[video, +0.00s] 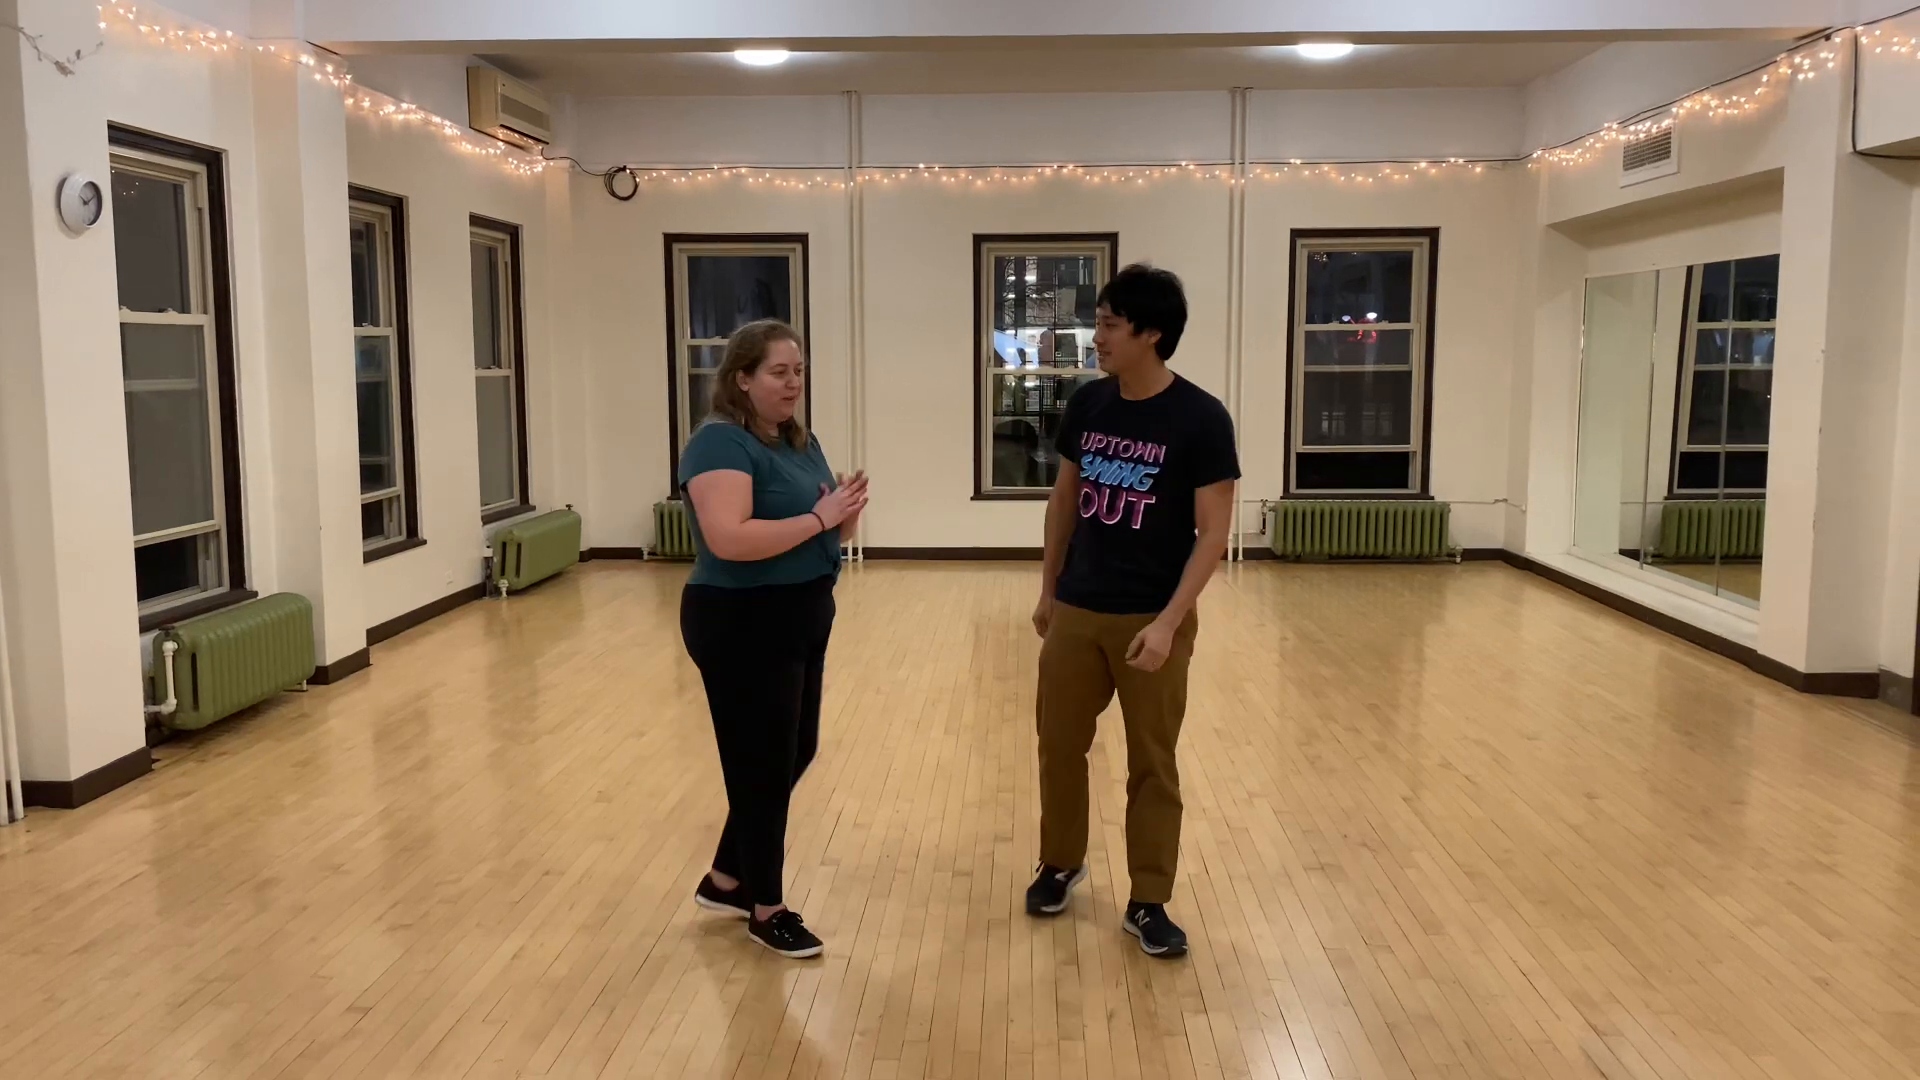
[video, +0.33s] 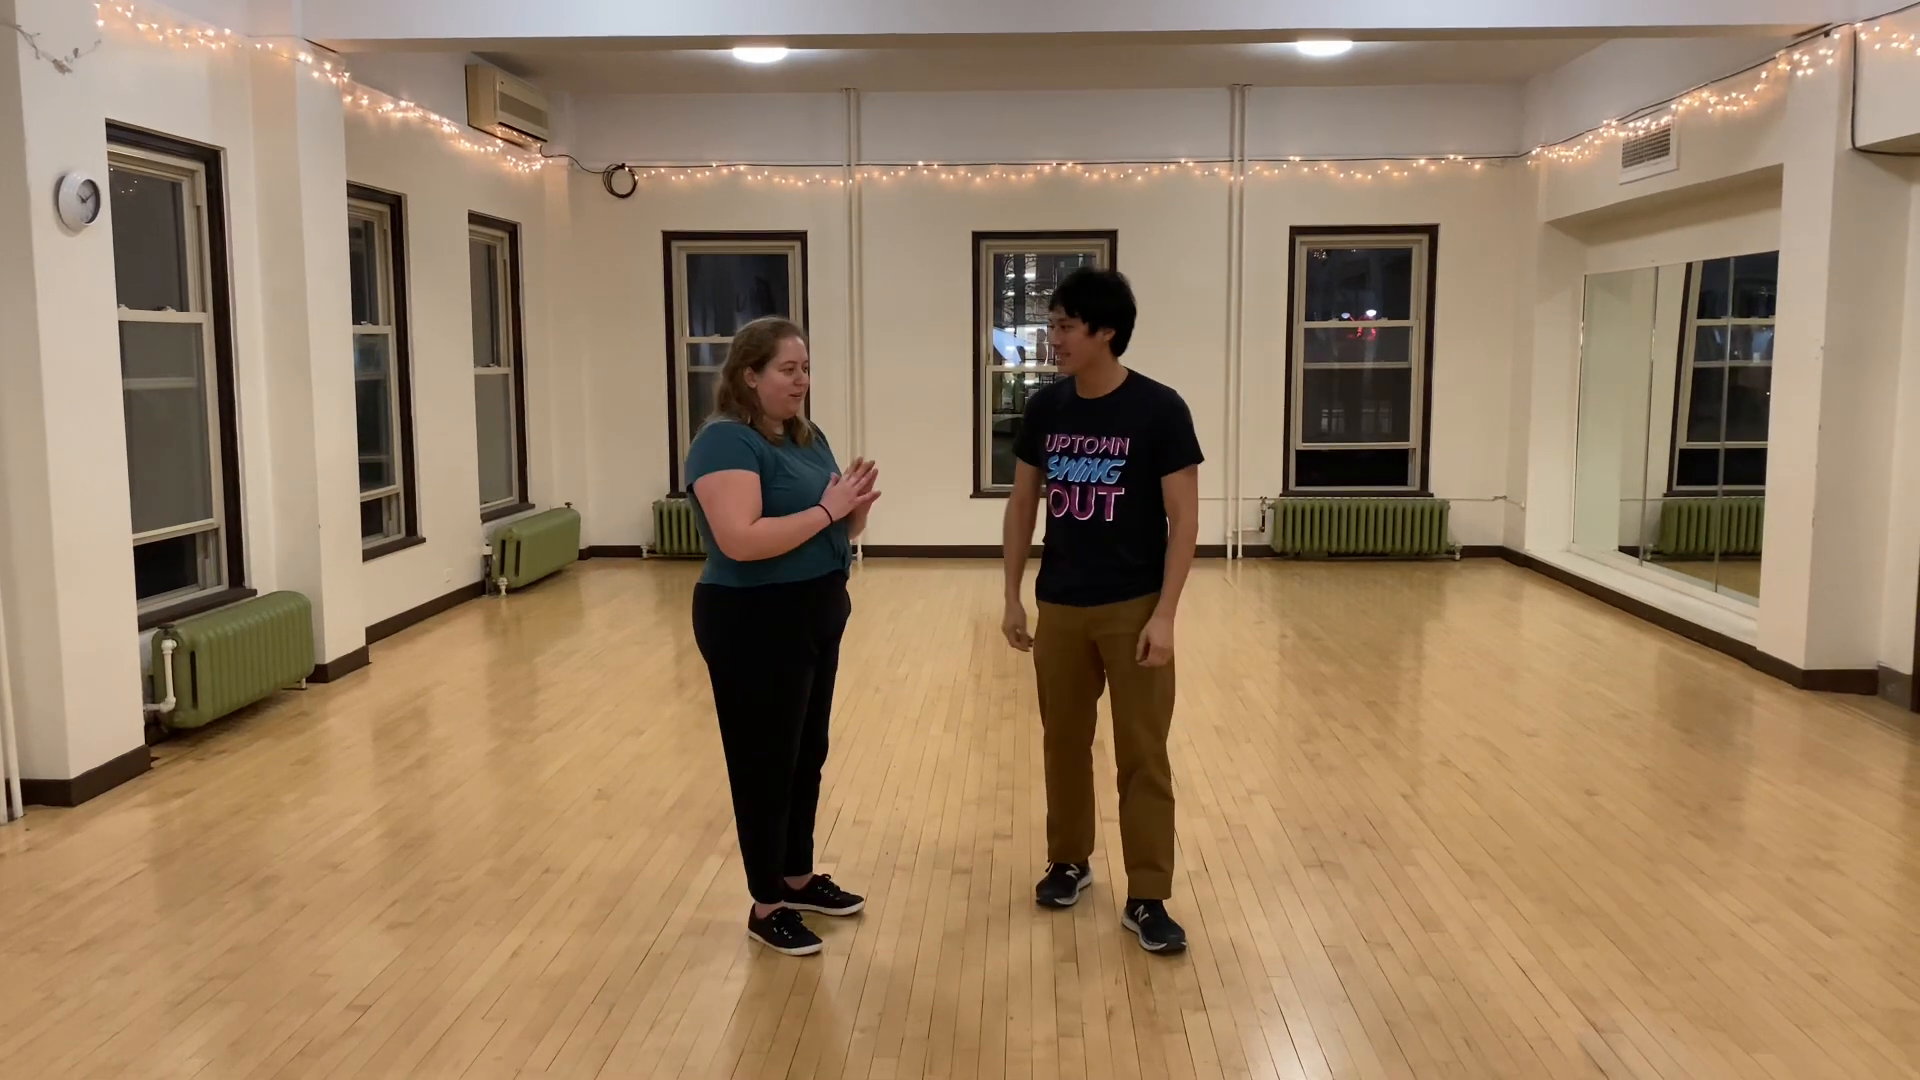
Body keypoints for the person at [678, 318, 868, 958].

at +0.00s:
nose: (793, 383)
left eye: (799, 372)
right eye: (779, 372)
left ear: (803, 378)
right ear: (743, 379)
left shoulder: (798, 444)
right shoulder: (718, 444)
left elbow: (818, 533)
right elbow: (727, 539)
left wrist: (842, 513)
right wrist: (817, 519)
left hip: (797, 615)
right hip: (742, 622)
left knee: (795, 751)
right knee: (760, 765)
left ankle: (728, 872)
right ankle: (766, 909)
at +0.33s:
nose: (801, 380)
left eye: (805, 369)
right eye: (788, 370)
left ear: (807, 373)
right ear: (749, 376)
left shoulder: (810, 441)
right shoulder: (723, 442)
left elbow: (838, 534)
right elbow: (739, 541)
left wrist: (853, 510)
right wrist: (825, 513)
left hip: (811, 612)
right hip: (749, 619)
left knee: (804, 753)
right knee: (762, 759)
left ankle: (797, 878)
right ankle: (766, 904)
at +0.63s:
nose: (814, 376)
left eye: (814, 365)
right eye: (803, 365)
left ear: (796, 373)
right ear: (764, 374)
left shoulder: (818, 437)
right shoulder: (728, 441)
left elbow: (852, 529)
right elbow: (743, 539)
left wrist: (863, 503)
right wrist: (827, 507)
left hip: (821, 610)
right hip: (757, 618)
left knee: (809, 751)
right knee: (768, 758)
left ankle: (797, 877)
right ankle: (766, 903)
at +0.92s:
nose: (819, 372)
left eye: (818, 361)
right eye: (807, 362)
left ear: (805, 372)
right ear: (768, 373)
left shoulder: (821, 435)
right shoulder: (734, 439)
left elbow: (851, 531)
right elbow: (751, 535)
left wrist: (871, 500)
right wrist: (835, 503)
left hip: (824, 608)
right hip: (763, 615)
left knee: (813, 751)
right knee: (772, 756)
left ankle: (797, 876)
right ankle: (768, 903)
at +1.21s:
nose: (820, 373)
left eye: (819, 362)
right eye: (808, 363)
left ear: (805, 372)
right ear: (769, 372)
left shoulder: (816, 432)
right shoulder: (736, 438)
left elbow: (850, 525)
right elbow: (756, 532)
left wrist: (875, 492)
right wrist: (840, 497)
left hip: (822, 610)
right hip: (763, 616)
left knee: (810, 752)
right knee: (773, 758)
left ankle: (796, 877)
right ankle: (767, 904)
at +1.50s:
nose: (821, 379)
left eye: (821, 367)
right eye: (812, 367)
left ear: (795, 373)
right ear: (774, 372)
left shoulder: (802, 431)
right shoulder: (739, 436)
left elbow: (827, 514)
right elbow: (758, 534)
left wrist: (860, 488)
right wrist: (844, 503)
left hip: (812, 609)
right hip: (761, 615)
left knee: (802, 750)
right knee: (774, 757)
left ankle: (795, 875)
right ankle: (768, 903)